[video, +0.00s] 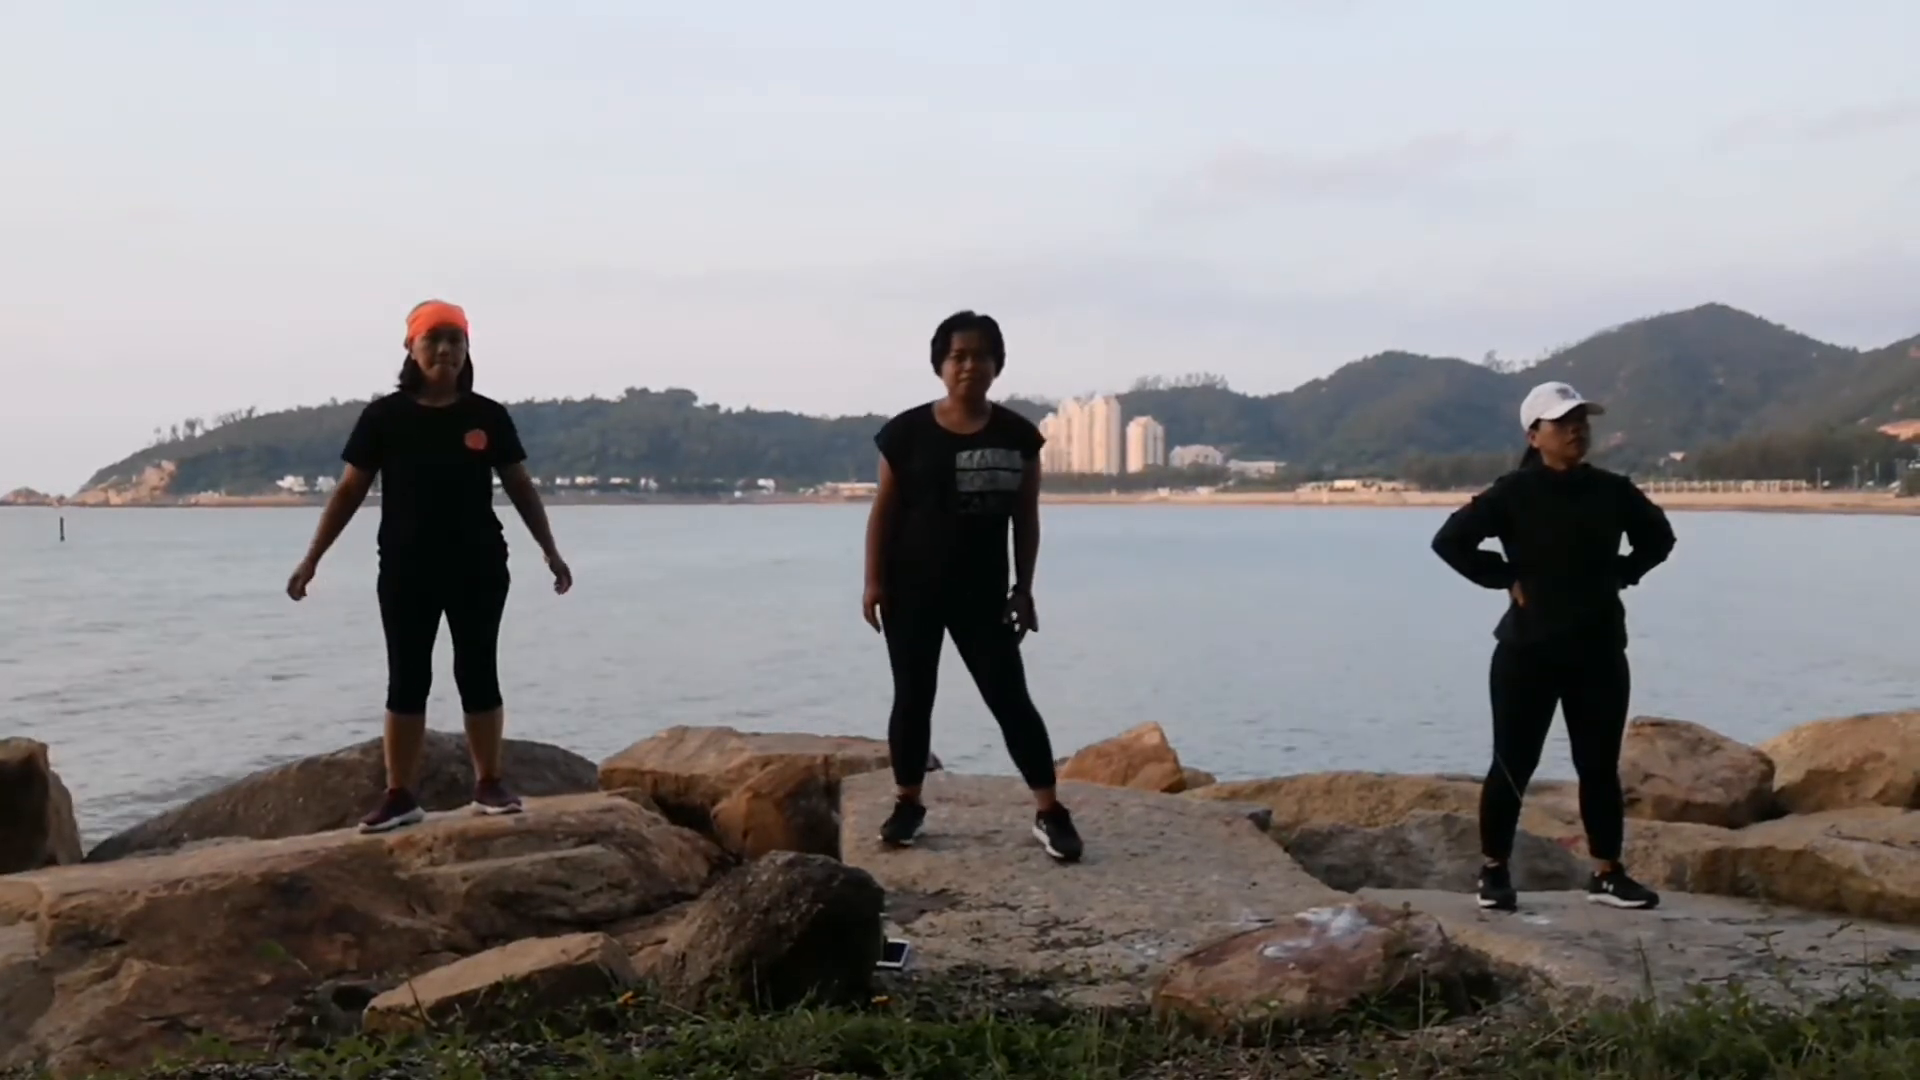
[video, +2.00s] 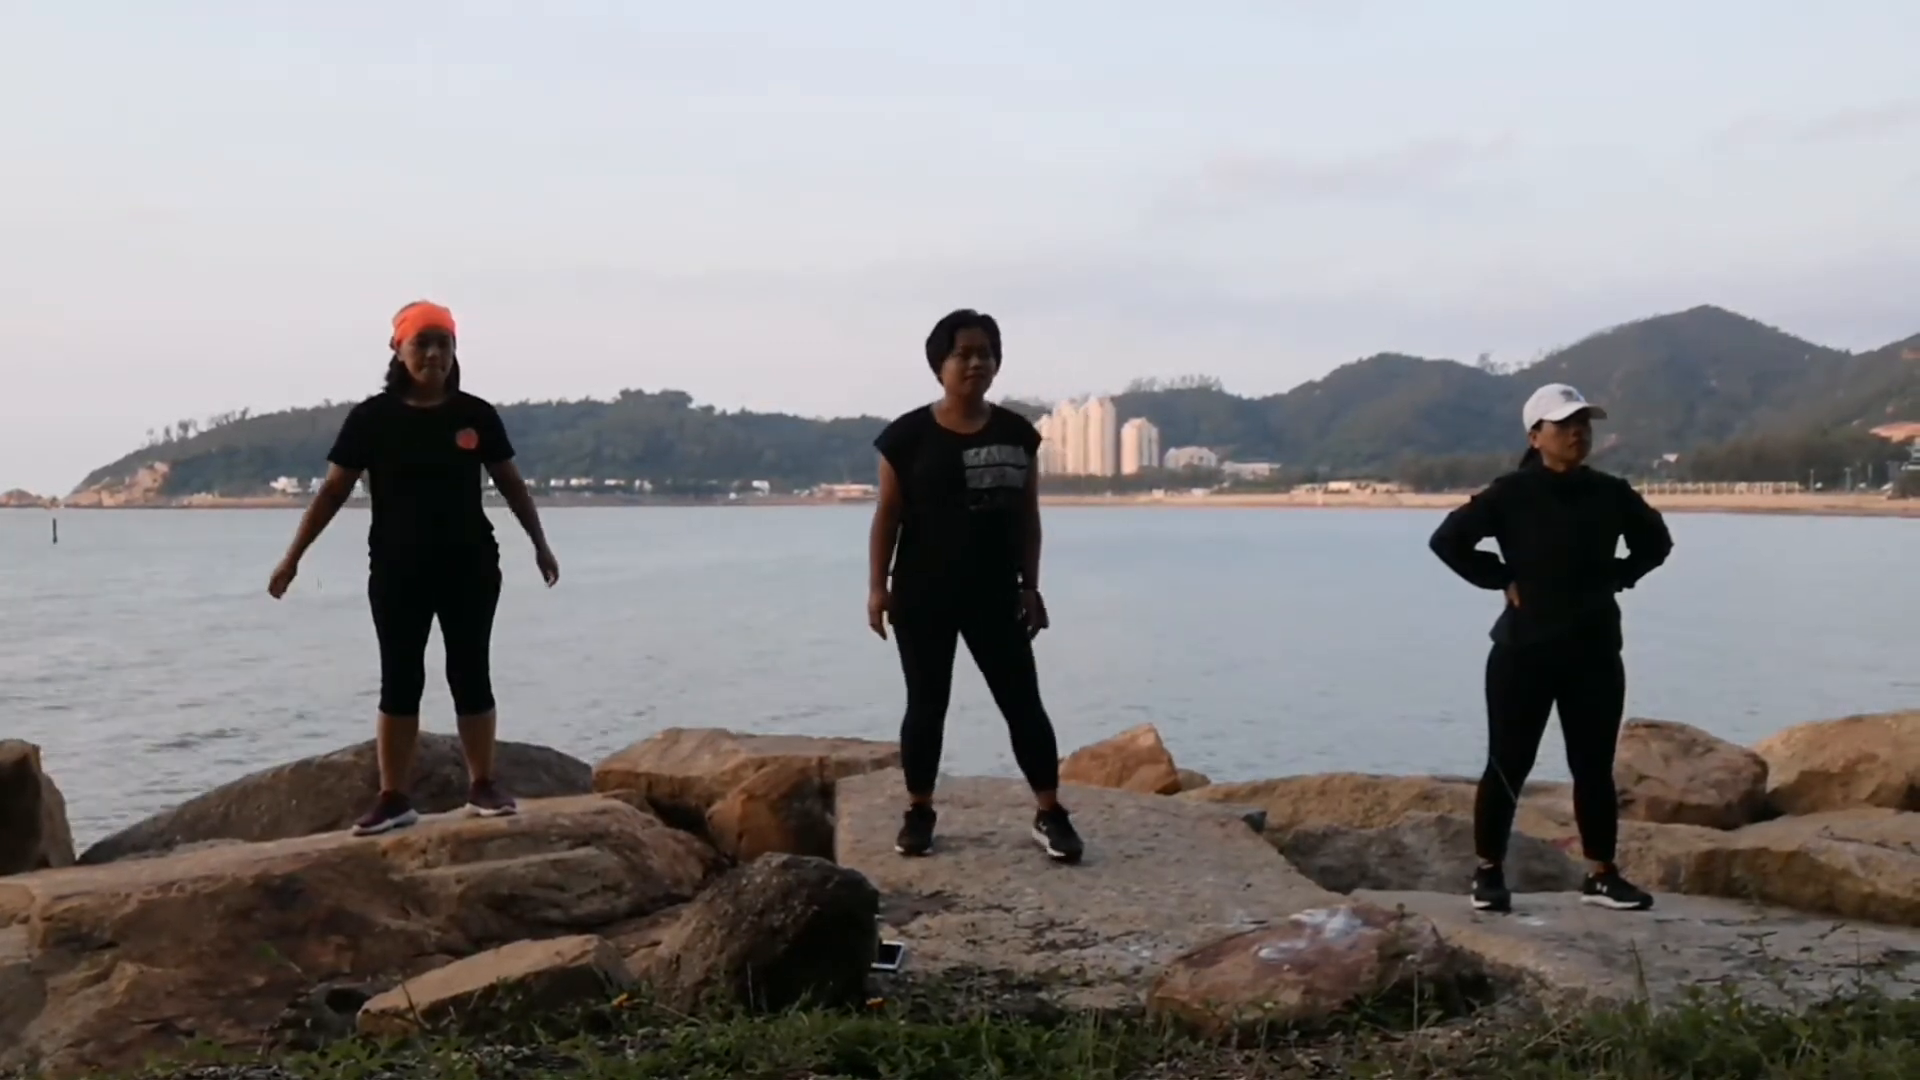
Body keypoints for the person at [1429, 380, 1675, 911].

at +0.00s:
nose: (1579, 431)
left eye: (1581, 421)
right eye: (1566, 423)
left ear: (1585, 425)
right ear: (1535, 434)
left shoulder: (1611, 490)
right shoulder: (1512, 493)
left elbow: (1660, 537)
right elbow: (1449, 543)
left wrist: (1621, 572)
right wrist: (1507, 577)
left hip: (1597, 650)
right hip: (1529, 650)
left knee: (1600, 767)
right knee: (1512, 765)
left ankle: (1608, 873)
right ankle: (1494, 872)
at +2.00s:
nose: (1580, 433)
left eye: (1583, 423)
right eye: (1567, 424)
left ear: (1588, 429)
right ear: (1537, 435)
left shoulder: (1610, 492)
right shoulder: (1511, 493)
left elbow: (1657, 542)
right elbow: (1447, 541)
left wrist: (1613, 578)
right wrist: (1502, 578)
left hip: (1593, 651)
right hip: (1524, 650)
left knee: (1595, 769)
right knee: (1507, 766)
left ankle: (1602, 874)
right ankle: (1489, 874)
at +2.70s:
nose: (1569, 434)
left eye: (1574, 424)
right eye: (1556, 425)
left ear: (1582, 432)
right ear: (1529, 435)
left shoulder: (1605, 494)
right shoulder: (1506, 495)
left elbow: (1652, 542)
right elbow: (1442, 544)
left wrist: (1609, 577)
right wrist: (1500, 580)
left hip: (1590, 652)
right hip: (1521, 651)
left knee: (1592, 769)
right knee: (1505, 767)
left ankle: (1599, 874)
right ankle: (1486, 874)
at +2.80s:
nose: (1564, 435)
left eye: (1570, 425)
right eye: (1552, 426)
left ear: (1579, 432)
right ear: (1527, 435)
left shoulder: (1602, 493)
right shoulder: (1504, 495)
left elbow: (1650, 541)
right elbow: (1440, 544)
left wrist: (1608, 577)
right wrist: (1498, 580)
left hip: (1589, 652)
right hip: (1520, 652)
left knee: (1591, 769)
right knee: (1504, 767)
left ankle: (1599, 874)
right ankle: (1486, 874)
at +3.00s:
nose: (1560, 435)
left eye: (1567, 426)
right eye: (1548, 426)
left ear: (1576, 433)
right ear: (1523, 435)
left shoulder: (1600, 494)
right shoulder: (1501, 496)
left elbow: (1648, 541)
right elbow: (1438, 545)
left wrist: (1607, 577)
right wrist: (1496, 581)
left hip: (1586, 652)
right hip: (1517, 652)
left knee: (1590, 770)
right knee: (1502, 767)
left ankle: (1598, 875)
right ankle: (1485, 874)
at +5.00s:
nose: (1507, 452)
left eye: (1511, 443)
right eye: (1497, 442)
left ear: (1514, 440)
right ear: (1465, 440)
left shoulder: (1529, 487)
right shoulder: (1436, 501)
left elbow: (1571, 525)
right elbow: (1379, 565)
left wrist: (1538, 565)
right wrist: (1442, 593)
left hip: (1537, 635)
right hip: (1473, 644)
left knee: (1575, 738)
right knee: (1474, 762)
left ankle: (1497, 726)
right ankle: (1475, 876)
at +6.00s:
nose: (1613, 443)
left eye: (1625, 434)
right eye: (1605, 431)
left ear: (1644, 441)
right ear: (1589, 434)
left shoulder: (1659, 497)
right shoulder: (1556, 492)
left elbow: (1701, 546)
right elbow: (1488, 535)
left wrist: (1653, 578)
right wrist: (1539, 578)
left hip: (1631, 651)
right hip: (1560, 648)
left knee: (1635, 770)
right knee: (1537, 766)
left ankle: (1644, 882)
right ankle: (1506, 883)